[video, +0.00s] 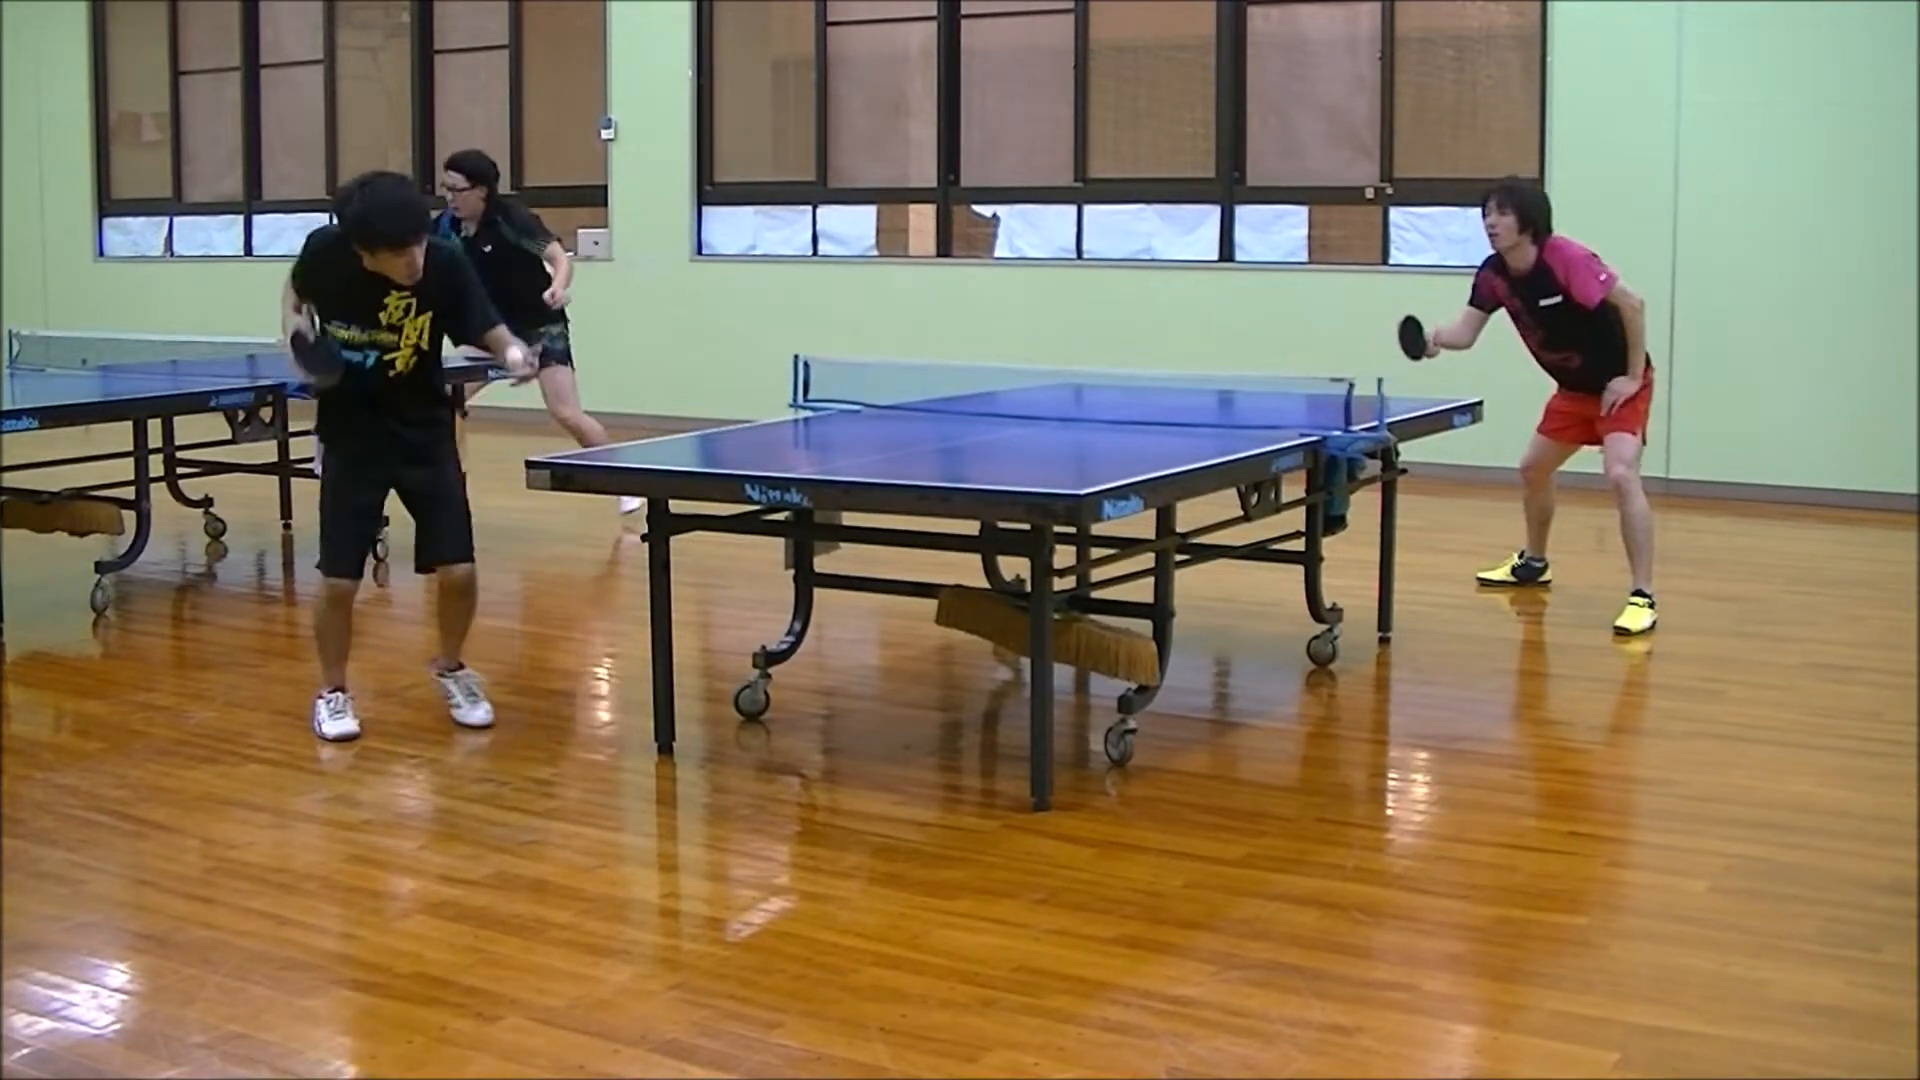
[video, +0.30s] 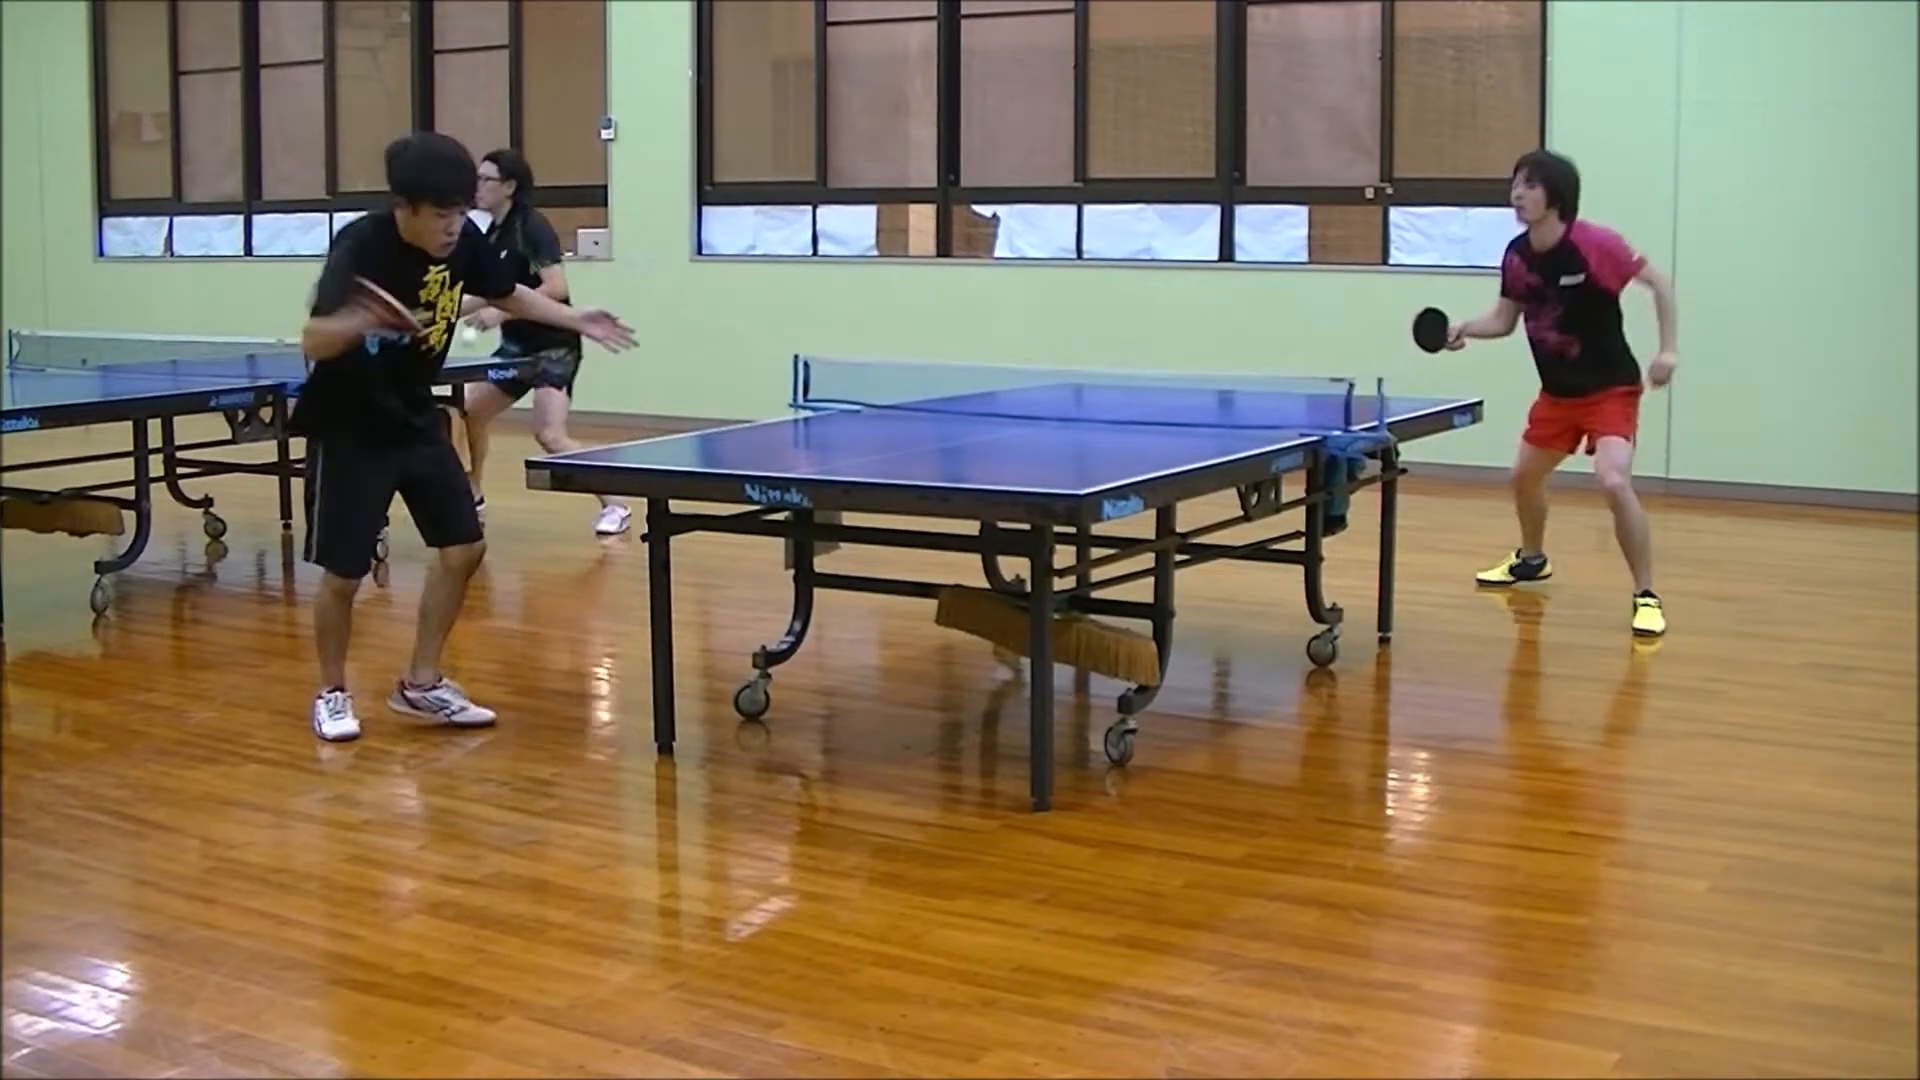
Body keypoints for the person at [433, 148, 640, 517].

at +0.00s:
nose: (449, 196)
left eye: (457, 189)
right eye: (446, 188)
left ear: (483, 190)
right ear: (446, 188)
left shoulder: (511, 216)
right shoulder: (445, 225)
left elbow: (559, 258)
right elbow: (431, 275)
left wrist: (558, 285)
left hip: (541, 322)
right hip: (488, 326)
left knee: (565, 412)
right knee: (442, 402)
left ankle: (625, 482)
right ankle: (446, 495)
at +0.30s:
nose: (477, 187)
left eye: (486, 181)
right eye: (477, 180)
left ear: (511, 187)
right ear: (482, 185)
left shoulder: (532, 226)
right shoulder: (487, 231)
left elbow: (556, 288)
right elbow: (490, 290)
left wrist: (503, 309)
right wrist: (452, 306)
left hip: (554, 342)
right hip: (516, 343)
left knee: (550, 434)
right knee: (470, 408)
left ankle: (613, 504)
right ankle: (472, 493)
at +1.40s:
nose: (456, 147)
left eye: (465, 138)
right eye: (454, 139)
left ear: (496, 140)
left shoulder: (532, 189)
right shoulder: (464, 197)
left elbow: (555, 247)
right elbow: (449, 253)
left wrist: (491, 254)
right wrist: (424, 287)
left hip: (535, 337)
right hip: (480, 339)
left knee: (558, 432)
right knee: (468, 439)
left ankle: (603, 528)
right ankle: (441, 538)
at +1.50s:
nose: (421, 154)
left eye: (430, 144)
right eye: (419, 145)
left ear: (460, 149)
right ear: (436, 153)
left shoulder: (500, 198)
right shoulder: (431, 204)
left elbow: (530, 265)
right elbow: (414, 261)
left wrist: (461, 290)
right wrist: (386, 301)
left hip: (504, 337)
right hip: (455, 336)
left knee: (545, 430)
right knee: (427, 427)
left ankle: (598, 520)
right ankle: (398, 542)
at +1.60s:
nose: (381, 160)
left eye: (390, 150)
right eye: (381, 151)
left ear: (421, 155)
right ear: (401, 158)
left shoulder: (465, 201)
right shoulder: (398, 220)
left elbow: (507, 261)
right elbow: (374, 283)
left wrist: (446, 296)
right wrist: (348, 326)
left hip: (485, 347)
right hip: (432, 344)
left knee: (515, 436)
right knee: (393, 433)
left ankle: (581, 504)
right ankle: (393, 546)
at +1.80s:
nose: (330, 163)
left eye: (337, 153)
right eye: (330, 154)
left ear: (367, 156)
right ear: (356, 160)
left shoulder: (421, 185)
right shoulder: (361, 229)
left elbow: (482, 231)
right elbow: (349, 302)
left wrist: (440, 283)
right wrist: (318, 364)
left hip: (464, 325)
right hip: (415, 330)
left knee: (448, 427)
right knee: (387, 435)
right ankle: (394, 547)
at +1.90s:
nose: (325, 157)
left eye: (332, 148)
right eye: (326, 148)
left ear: (361, 151)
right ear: (349, 154)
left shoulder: (412, 179)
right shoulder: (359, 223)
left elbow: (477, 222)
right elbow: (347, 298)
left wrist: (436, 282)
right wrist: (317, 362)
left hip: (462, 325)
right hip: (418, 328)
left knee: (447, 431)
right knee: (392, 433)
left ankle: (472, 545)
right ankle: (396, 550)